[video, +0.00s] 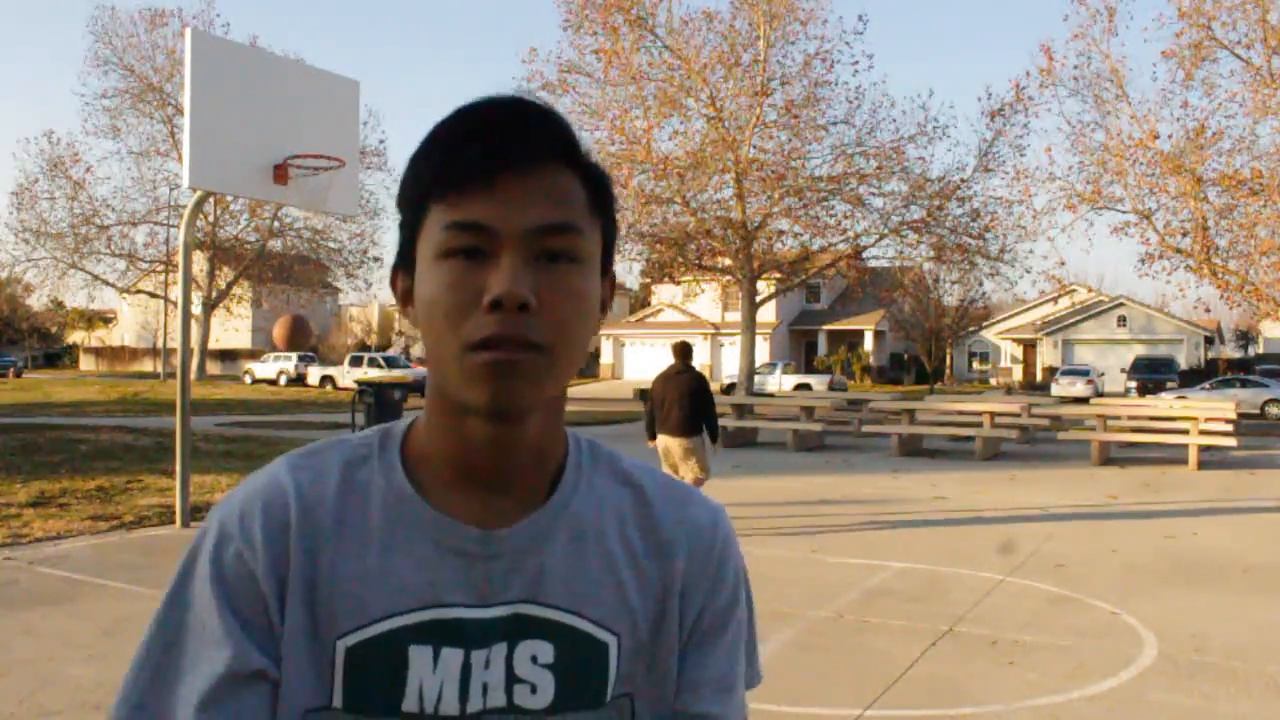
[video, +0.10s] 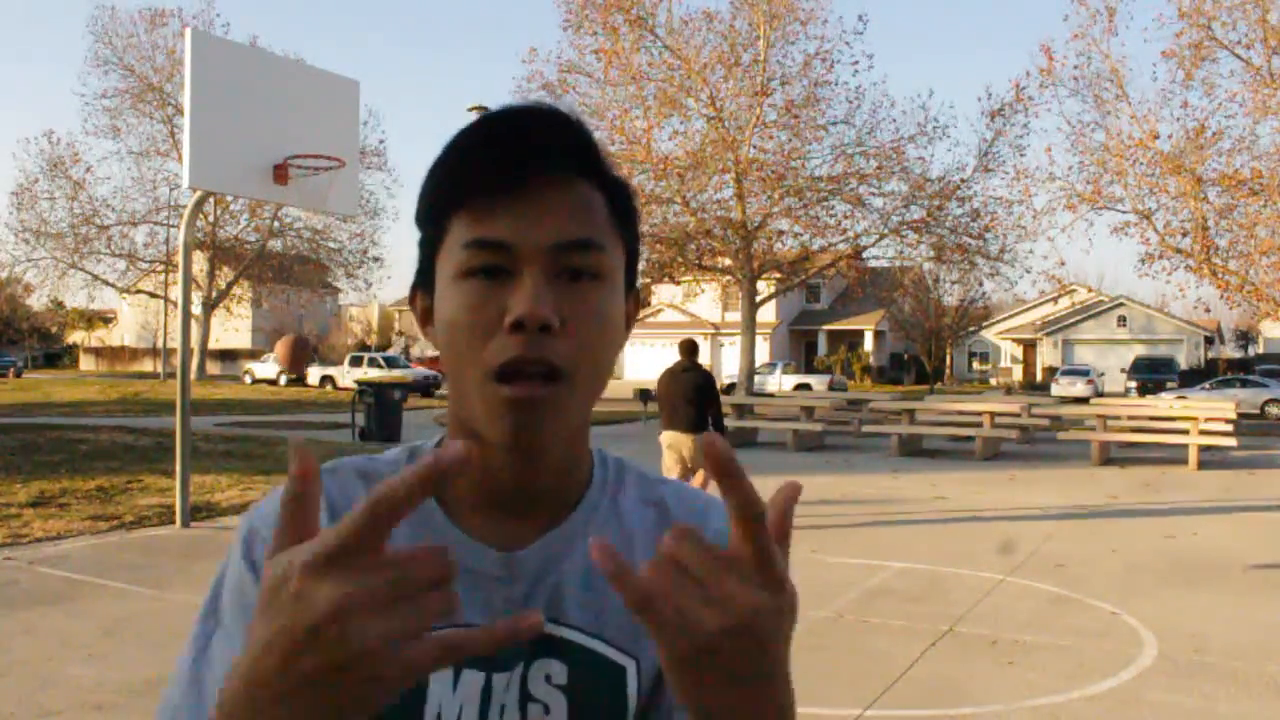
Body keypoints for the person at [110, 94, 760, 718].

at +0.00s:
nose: (509, 290)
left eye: (554, 255)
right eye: (467, 252)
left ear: (607, 298)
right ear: (405, 290)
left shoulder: (689, 549)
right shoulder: (269, 535)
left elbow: (713, 709)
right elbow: (182, 709)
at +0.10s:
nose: (533, 312)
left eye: (578, 273)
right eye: (488, 271)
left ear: (628, 316)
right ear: (426, 318)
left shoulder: (703, 548)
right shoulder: (300, 536)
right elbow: (190, 704)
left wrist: (751, 703)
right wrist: (263, 697)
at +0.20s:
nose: (544, 346)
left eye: (589, 305)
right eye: (501, 305)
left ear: (640, 345)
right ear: (439, 346)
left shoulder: (720, 566)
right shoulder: (355, 566)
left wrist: (763, 587)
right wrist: (310, 560)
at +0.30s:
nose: (556, 363)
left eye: (598, 321)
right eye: (511, 322)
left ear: (651, 359)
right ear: (450, 360)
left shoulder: (734, 569)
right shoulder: (373, 575)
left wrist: (791, 558)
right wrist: (336, 547)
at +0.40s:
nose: (564, 382)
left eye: (606, 341)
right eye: (519, 342)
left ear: (665, 377)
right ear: (456, 383)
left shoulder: (753, 586)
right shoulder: (394, 597)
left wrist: (785, 547)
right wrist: (355, 562)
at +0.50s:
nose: (570, 390)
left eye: (612, 346)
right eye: (521, 351)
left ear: (671, 376)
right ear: (460, 390)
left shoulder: (757, 587)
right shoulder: (402, 605)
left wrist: (808, 549)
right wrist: (341, 579)